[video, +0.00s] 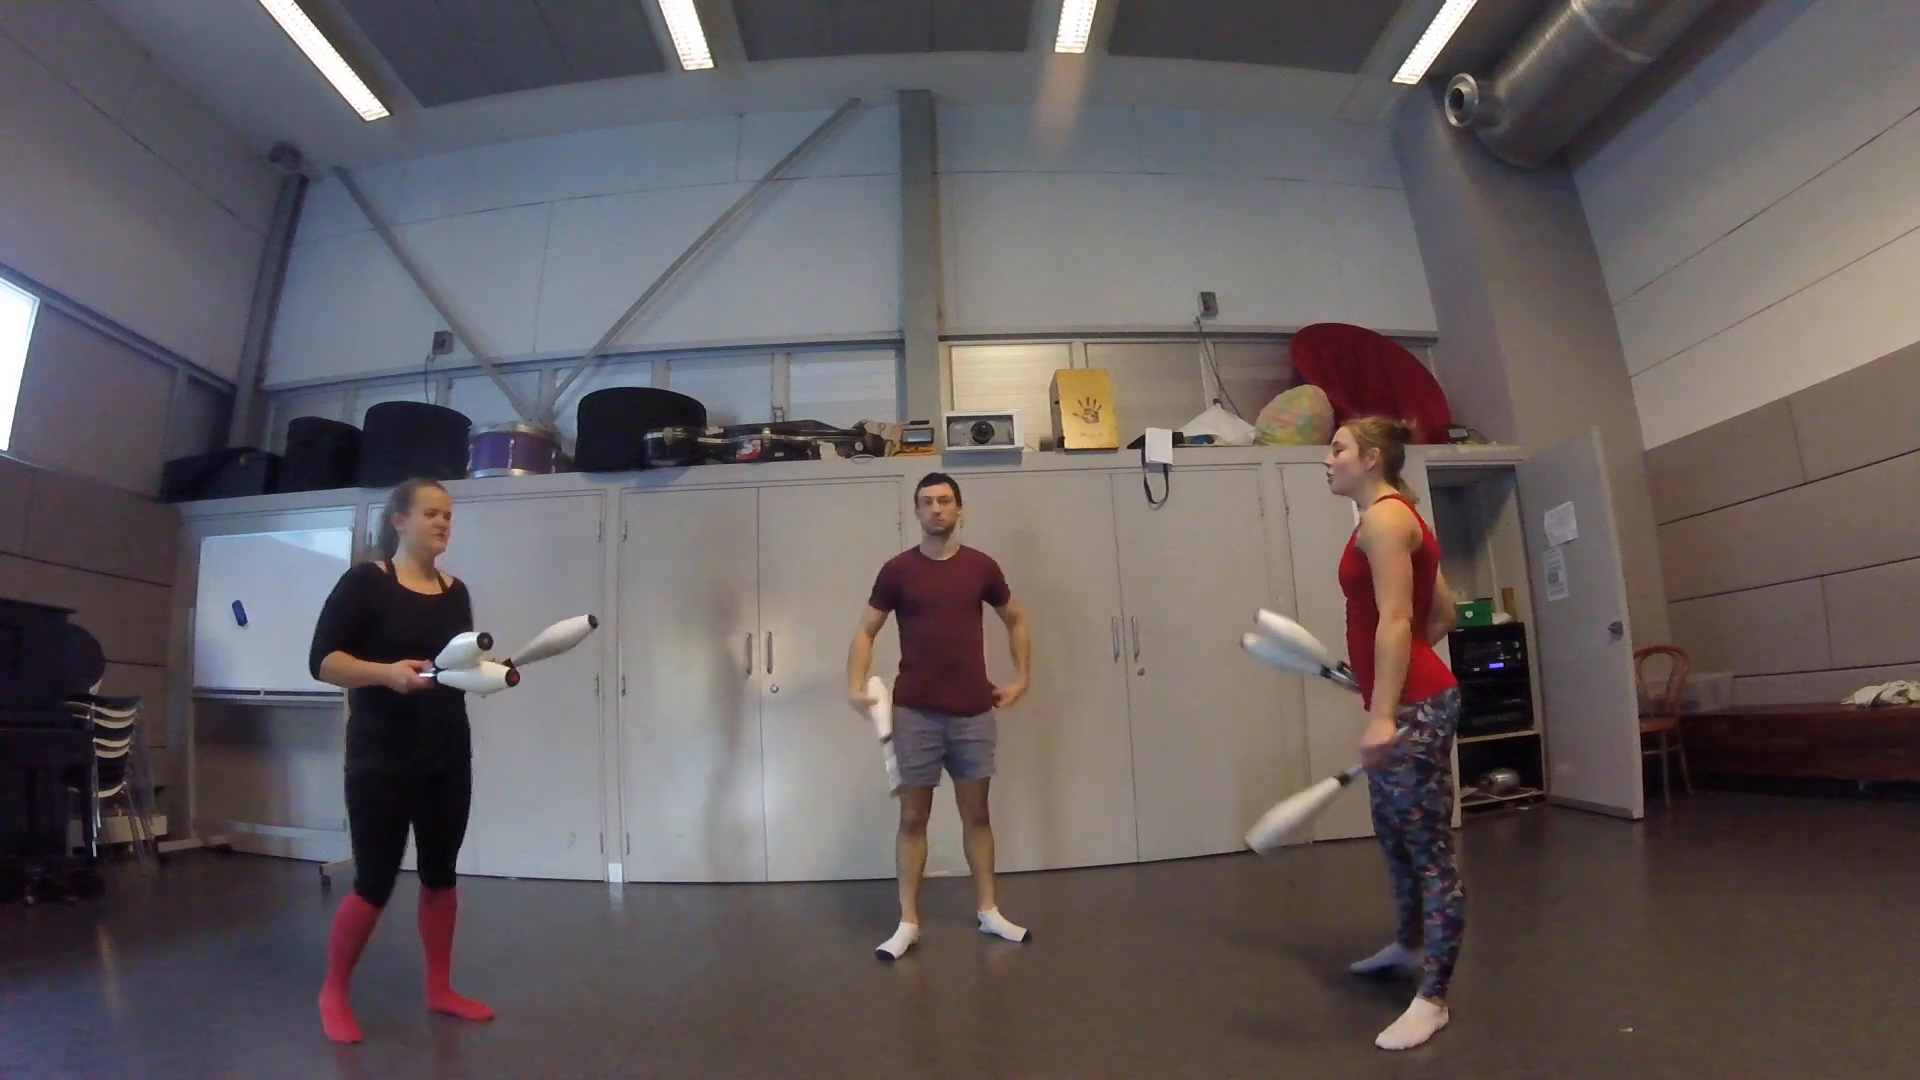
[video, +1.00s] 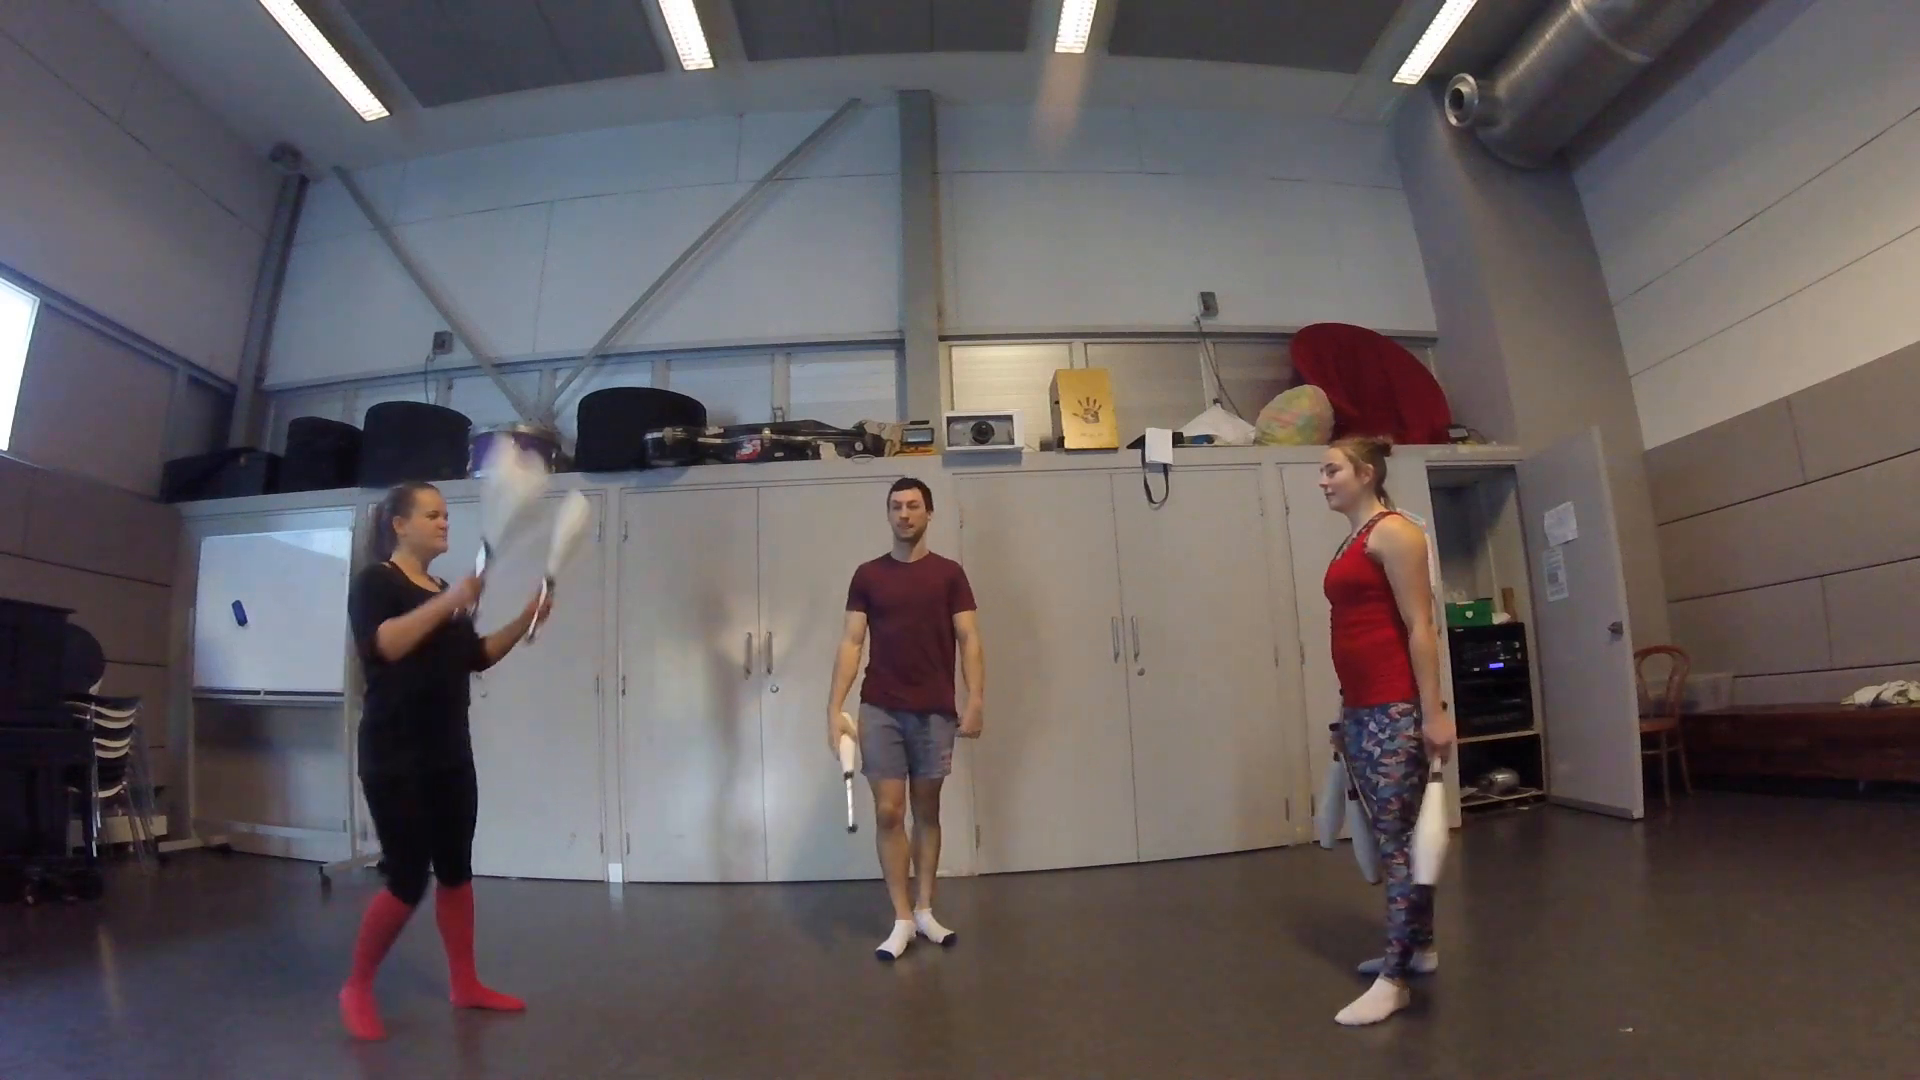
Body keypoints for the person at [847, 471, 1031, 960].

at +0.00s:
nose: (936, 508)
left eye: (944, 501)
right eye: (927, 502)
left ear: (959, 510)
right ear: (916, 512)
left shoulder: (982, 567)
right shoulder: (897, 571)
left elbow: (1015, 620)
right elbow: (867, 632)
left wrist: (1022, 681)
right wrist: (856, 686)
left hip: (973, 710)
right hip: (915, 710)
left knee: (977, 815)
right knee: (912, 819)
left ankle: (988, 911)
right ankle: (908, 921)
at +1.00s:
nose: (904, 513)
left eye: (912, 506)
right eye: (897, 507)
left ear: (928, 515)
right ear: (887, 516)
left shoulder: (948, 572)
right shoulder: (868, 574)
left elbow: (969, 638)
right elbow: (851, 643)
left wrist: (975, 700)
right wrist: (835, 707)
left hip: (934, 708)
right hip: (880, 707)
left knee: (926, 810)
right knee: (888, 813)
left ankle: (925, 910)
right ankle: (902, 920)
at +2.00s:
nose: (888, 509)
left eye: (896, 502)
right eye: (880, 503)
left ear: (910, 510)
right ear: (867, 512)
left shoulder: (934, 568)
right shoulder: (850, 576)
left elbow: (957, 633)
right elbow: (838, 647)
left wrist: (973, 694)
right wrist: (834, 716)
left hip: (927, 712)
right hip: (872, 714)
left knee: (920, 816)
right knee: (889, 817)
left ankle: (924, 912)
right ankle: (903, 920)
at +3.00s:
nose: (885, 472)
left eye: (896, 463)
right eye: (883, 464)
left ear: (930, 473)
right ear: (887, 476)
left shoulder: (966, 548)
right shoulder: (866, 551)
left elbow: (992, 631)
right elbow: (846, 634)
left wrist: (1007, 713)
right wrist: (832, 713)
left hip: (952, 719)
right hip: (882, 722)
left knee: (961, 847)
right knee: (874, 852)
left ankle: (968, 976)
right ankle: (908, 925)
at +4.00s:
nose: (798, 452)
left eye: (804, 439)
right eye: (797, 441)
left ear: (842, 434)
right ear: (839, 436)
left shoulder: (883, 499)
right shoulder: (838, 521)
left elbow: (772, 554)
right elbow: (821, 635)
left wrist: (671, 586)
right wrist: (781, 716)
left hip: (912, 710)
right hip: (841, 720)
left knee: (969, 855)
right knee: (851, 870)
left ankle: (1015, 982)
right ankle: (849, 1015)